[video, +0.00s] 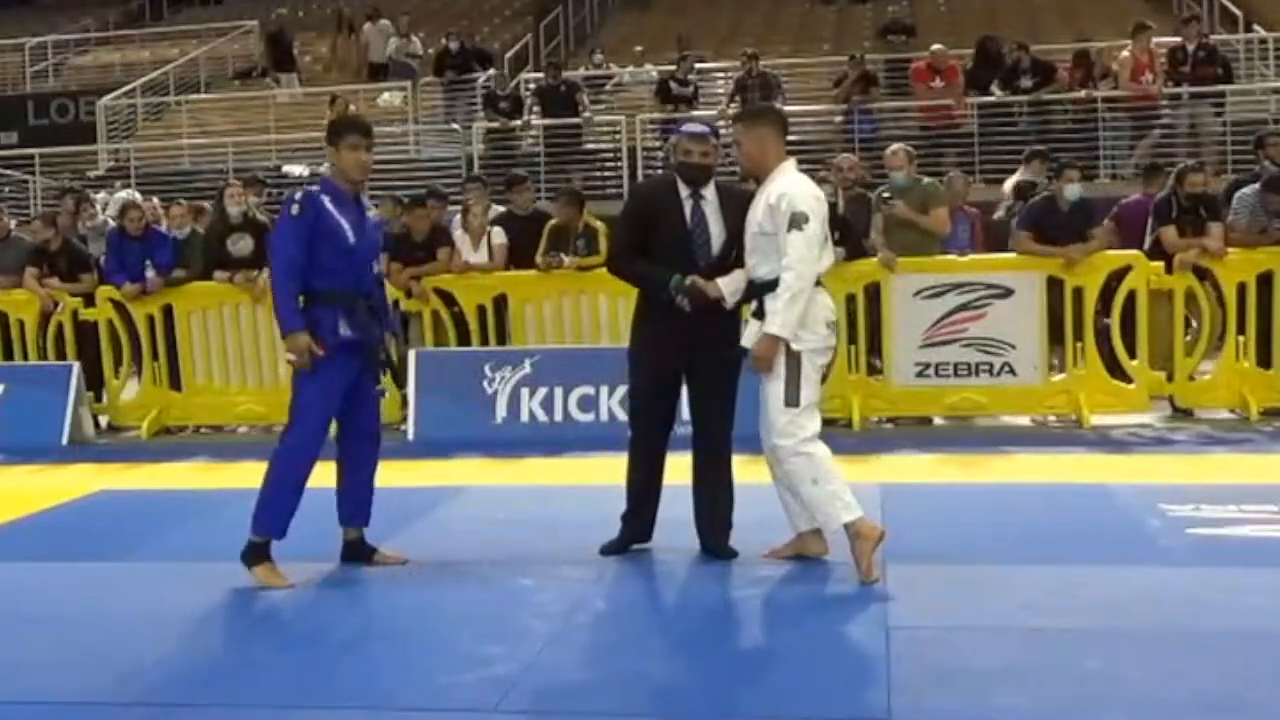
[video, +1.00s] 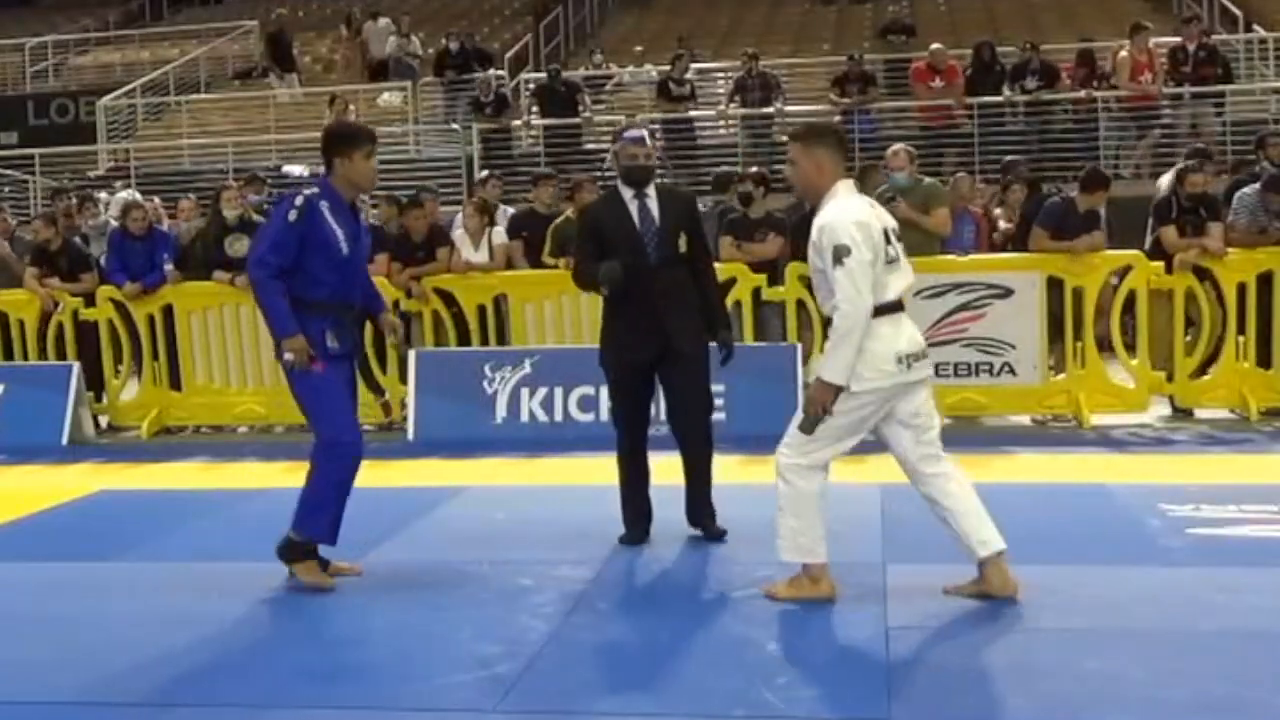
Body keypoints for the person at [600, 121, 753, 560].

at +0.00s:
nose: (695, 159)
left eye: (704, 152)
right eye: (687, 151)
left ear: (717, 156)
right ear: (672, 154)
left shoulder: (739, 201)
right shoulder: (648, 197)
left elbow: (762, 263)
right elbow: (619, 259)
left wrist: (727, 289)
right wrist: (673, 283)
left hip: (717, 337)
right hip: (657, 335)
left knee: (714, 439)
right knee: (647, 435)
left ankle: (715, 535)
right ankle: (636, 528)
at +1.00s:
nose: (638, 158)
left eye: (645, 151)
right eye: (630, 152)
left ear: (656, 157)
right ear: (615, 159)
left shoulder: (680, 202)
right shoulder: (597, 213)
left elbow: (703, 267)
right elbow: (581, 273)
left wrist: (719, 323)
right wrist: (600, 273)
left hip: (682, 332)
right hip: (626, 337)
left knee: (695, 427)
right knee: (631, 435)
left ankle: (702, 515)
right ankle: (636, 523)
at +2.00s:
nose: (659, 169)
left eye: (666, 162)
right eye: (651, 162)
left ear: (678, 165)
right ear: (640, 165)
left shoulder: (689, 203)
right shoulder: (627, 204)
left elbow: (714, 267)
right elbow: (618, 209)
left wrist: (726, 329)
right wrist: (640, 177)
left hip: (690, 316)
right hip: (637, 315)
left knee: (692, 417)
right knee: (640, 410)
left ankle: (694, 502)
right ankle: (641, 482)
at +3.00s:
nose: (646, 171)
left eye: (653, 165)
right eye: (642, 165)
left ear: (671, 168)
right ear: (636, 170)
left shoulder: (700, 212)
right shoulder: (625, 216)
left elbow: (717, 271)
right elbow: (616, 273)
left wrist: (720, 319)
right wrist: (600, 322)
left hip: (689, 328)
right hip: (641, 328)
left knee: (691, 411)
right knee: (643, 413)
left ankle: (692, 485)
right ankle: (641, 492)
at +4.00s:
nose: (633, 173)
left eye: (642, 167)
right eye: (630, 166)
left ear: (658, 172)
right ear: (624, 169)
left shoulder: (681, 214)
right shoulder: (606, 217)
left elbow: (694, 270)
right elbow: (597, 271)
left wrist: (695, 319)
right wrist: (595, 317)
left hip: (673, 323)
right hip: (626, 325)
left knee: (682, 405)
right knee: (635, 404)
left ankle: (690, 477)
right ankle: (638, 473)